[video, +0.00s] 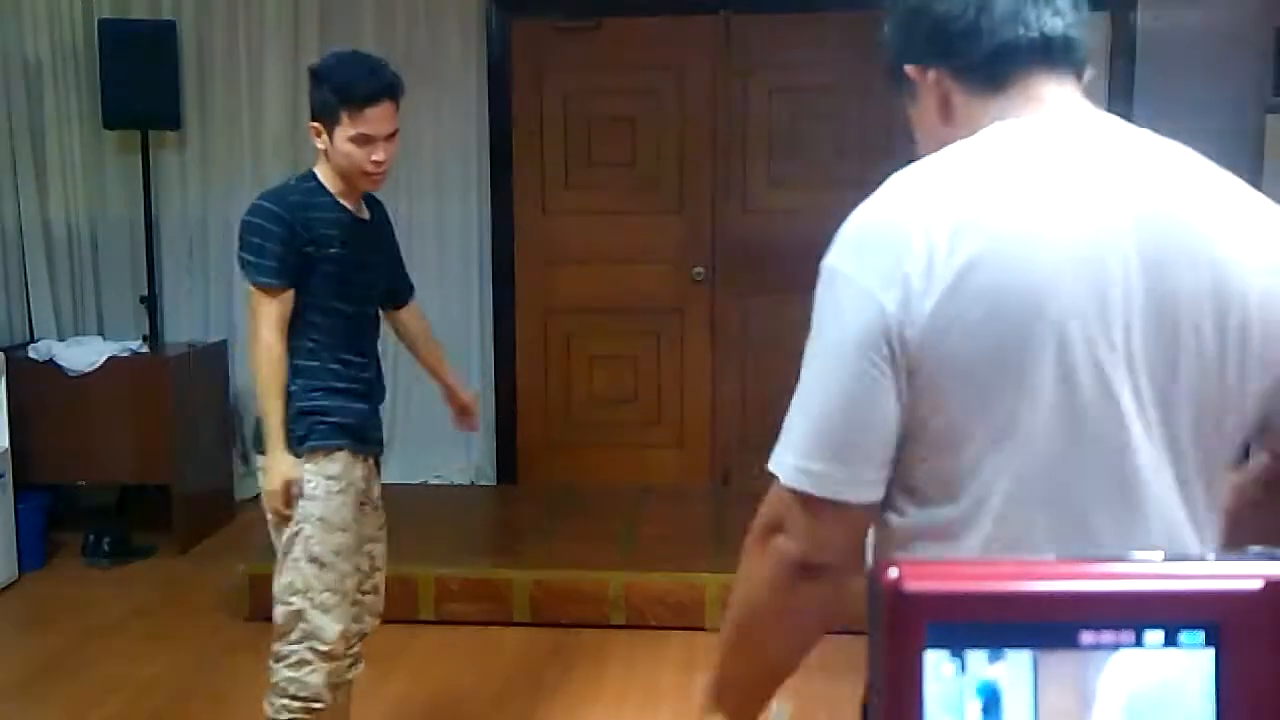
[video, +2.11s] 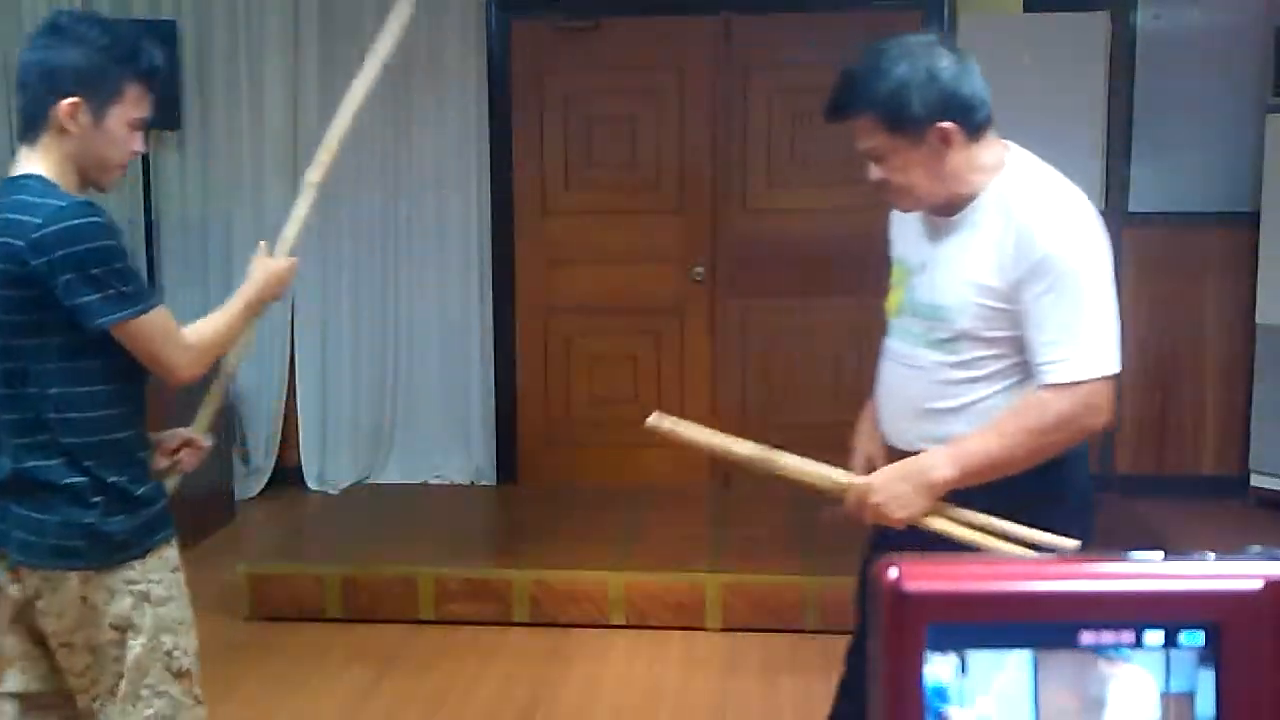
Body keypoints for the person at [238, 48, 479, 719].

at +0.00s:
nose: (380, 155)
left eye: (389, 139)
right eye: (364, 141)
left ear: (399, 130)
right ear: (320, 135)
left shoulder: (371, 215)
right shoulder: (279, 214)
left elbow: (401, 309)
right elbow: (267, 333)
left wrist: (449, 382)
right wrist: (275, 450)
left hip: (359, 445)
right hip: (311, 445)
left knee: (354, 619)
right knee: (317, 630)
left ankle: (326, 709)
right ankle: (297, 714)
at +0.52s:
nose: (315, 162)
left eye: (326, 144)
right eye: (297, 146)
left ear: (337, 135)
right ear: (249, 136)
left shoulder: (324, 232)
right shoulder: (194, 225)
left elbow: (351, 341)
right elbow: (178, 359)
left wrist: (407, 412)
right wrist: (221, 477)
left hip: (317, 478)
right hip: (236, 482)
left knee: (340, 646)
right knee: (243, 671)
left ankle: (330, 717)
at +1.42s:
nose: (315, 156)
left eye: (322, 137)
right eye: (301, 135)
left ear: (324, 127)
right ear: (239, 121)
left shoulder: (283, 231)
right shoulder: (161, 221)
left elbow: (298, 362)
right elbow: (146, 374)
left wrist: (373, 449)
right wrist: (275, 457)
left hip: (282, 511)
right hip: (199, 521)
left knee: (304, 699)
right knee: (224, 707)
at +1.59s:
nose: (282, 158)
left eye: (288, 139)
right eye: (271, 136)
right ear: (206, 121)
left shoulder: (213, 227)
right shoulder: (146, 221)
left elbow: (222, 371)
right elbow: (169, 385)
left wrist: (312, 435)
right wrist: (311, 431)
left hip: (221, 518)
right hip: (166, 531)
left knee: (272, 702)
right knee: (200, 708)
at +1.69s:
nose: (259, 150)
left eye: (263, 132)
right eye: (248, 129)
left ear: (185, 120)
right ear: (183, 116)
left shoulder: (169, 221)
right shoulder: (135, 218)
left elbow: (196, 374)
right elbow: (185, 381)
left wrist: (281, 440)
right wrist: (323, 396)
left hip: (181, 528)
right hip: (157, 537)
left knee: (218, 698)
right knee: (206, 702)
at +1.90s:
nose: (204, 144)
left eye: (208, 125)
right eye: (198, 122)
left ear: (136, 110)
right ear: (137, 108)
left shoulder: (69, 209)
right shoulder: (118, 220)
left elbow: (104, 389)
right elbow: (216, 370)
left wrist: (210, 429)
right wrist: (313, 338)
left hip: (88, 525)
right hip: (145, 536)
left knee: (123, 705)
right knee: (181, 708)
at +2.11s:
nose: (141, 148)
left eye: (145, 130)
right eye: (135, 127)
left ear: (68, 115)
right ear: (72, 115)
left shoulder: (9, 212)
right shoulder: (70, 226)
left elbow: (32, 398)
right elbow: (181, 361)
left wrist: (142, 451)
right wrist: (256, 292)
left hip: (18, 537)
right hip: (99, 545)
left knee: (32, 710)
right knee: (152, 705)